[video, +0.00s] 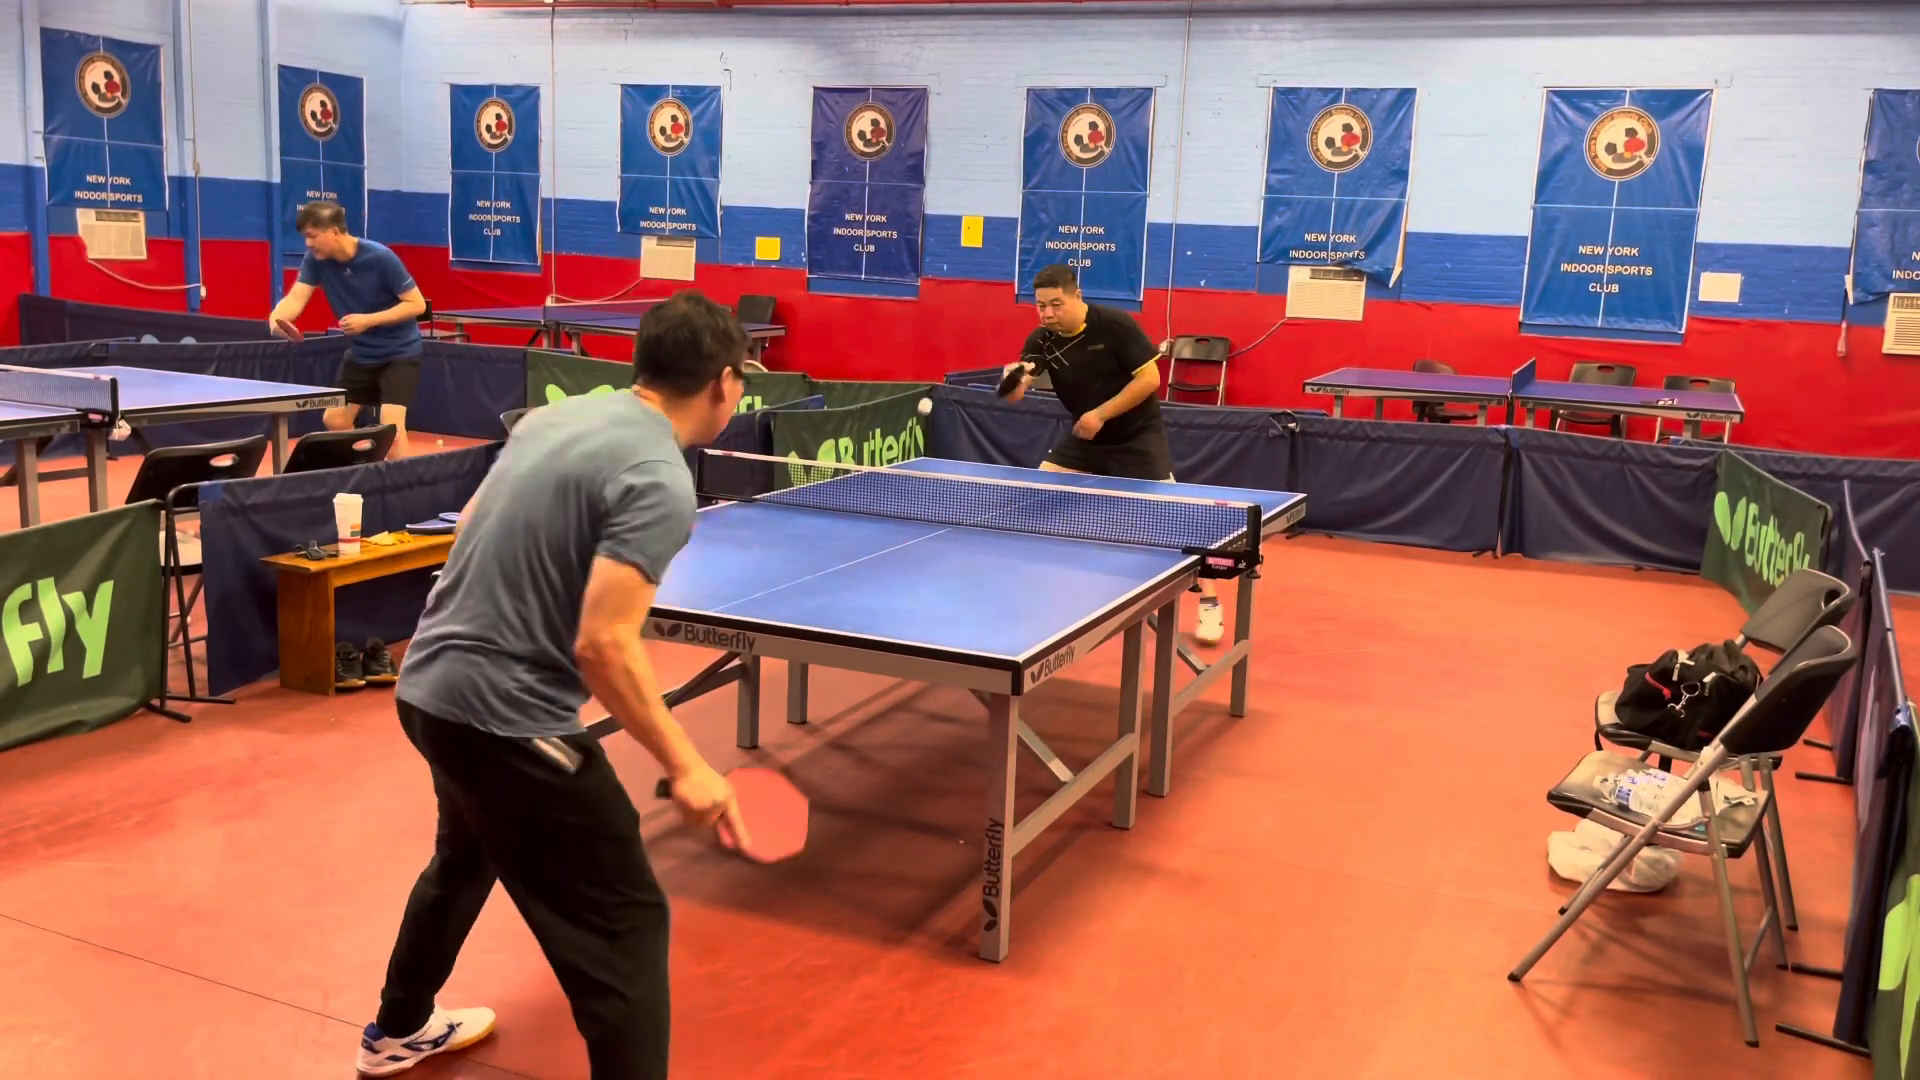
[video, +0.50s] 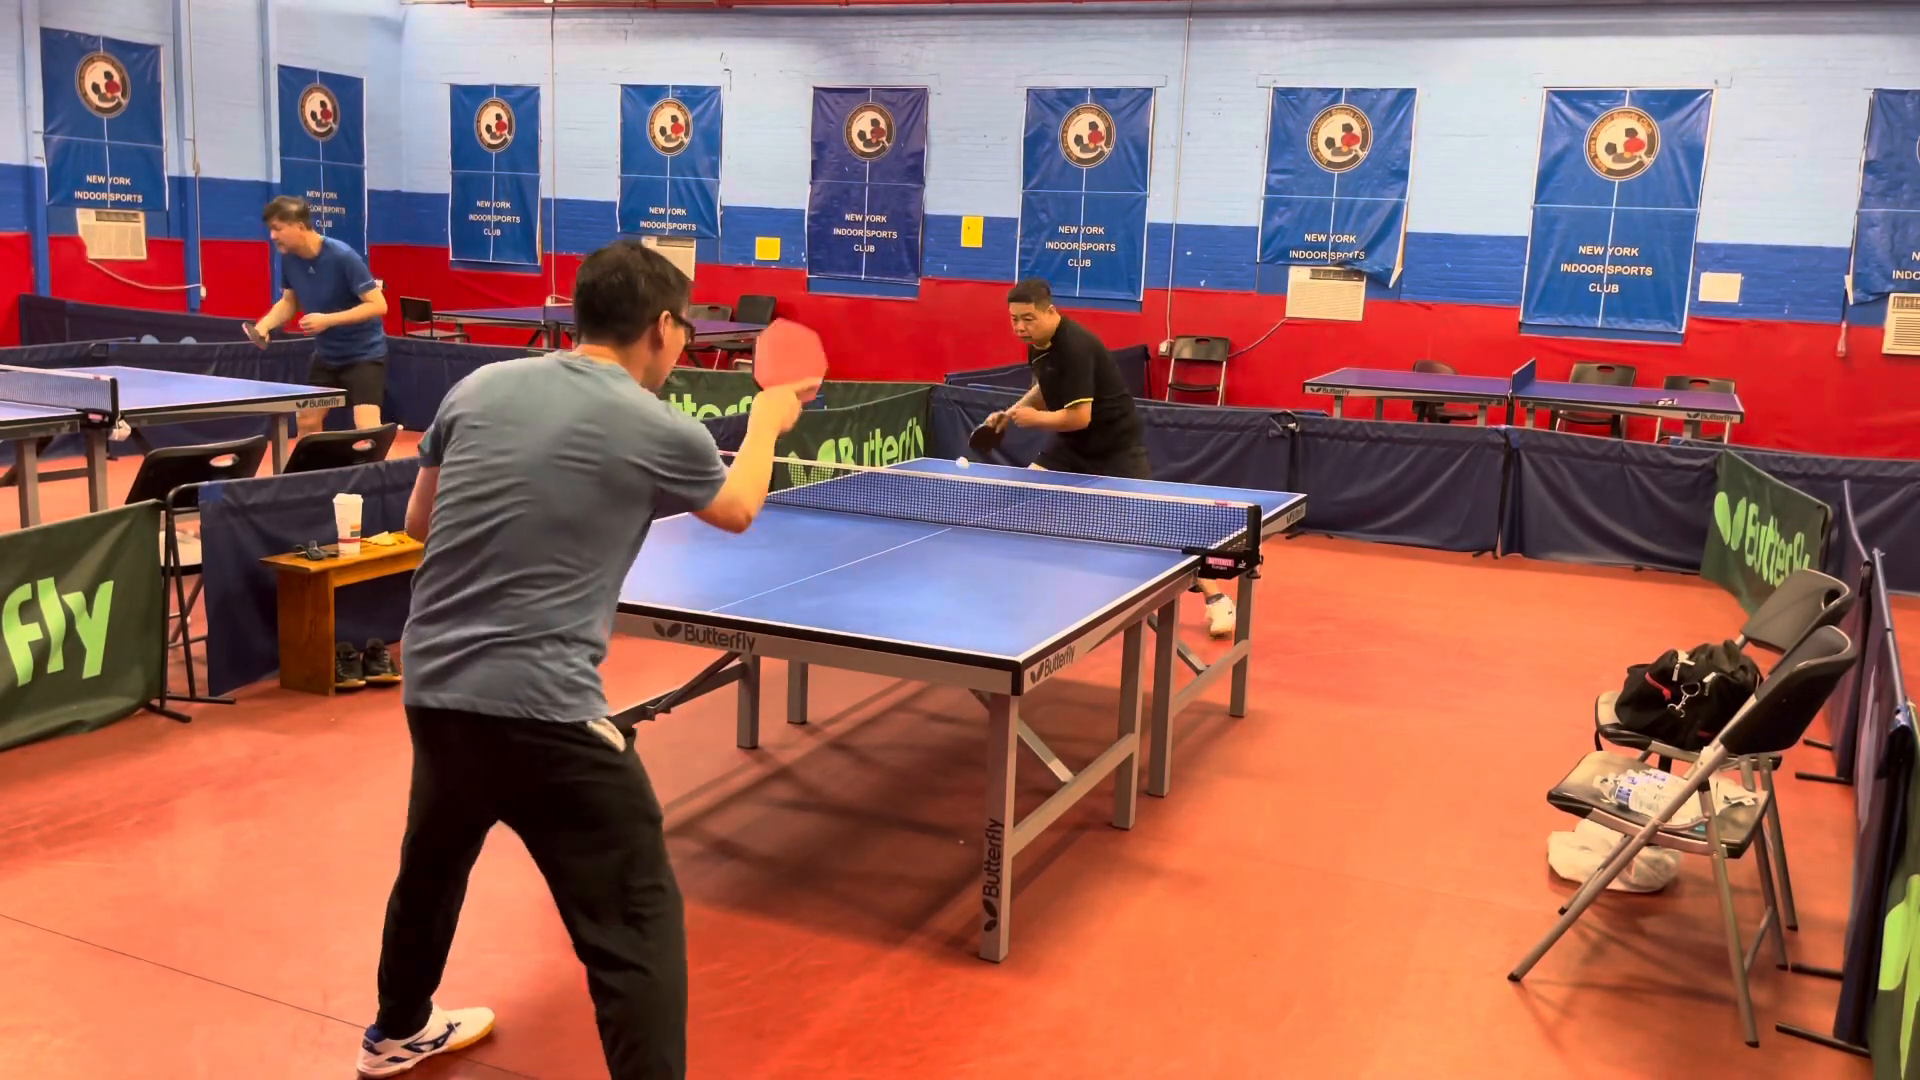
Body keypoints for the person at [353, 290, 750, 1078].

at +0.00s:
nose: (737, 403)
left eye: (740, 386)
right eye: (738, 386)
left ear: (644, 367)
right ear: (720, 384)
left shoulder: (550, 416)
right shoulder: (660, 475)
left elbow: (467, 531)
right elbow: (603, 644)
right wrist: (685, 767)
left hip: (431, 689)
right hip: (515, 717)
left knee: (464, 858)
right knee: (625, 922)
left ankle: (398, 1028)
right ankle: (631, 1068)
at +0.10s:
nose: (737, 430)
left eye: (741, 414)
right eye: (740, 413)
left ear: (647, 393)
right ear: (715, 411)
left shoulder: (578, 442)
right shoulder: (625, 493)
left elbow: (524, 571)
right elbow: (562, 654)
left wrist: (612, 631)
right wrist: (659, 776)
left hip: (432, 709)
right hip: (500, 731)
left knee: (495, 850)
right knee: (640, 921)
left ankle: (400, 1029)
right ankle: (634, 1067)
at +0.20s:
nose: (725, 425)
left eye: (729, 407)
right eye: (727, 406)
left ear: (633, 387)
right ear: (695, 402)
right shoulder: (610, 481)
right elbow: (586, 653)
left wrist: (669, 660)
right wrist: (734, 688)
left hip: (437, 714)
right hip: (506, 732)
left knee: (501, 846)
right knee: (652, 921)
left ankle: (400, 1027)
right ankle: (644, 1071)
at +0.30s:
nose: (702, 382)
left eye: (705, 364)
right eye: (703, 363)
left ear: (603, 347)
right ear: (669, 357)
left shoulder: (515, 404)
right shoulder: (623, 449)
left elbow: (497, 542)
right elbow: (706, 592)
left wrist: (596, 607)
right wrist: (804, 541)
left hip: (434, 689)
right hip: (516, 710)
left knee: (481, 848)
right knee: (633, 912)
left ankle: (400, 1028)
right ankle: (641, 1071)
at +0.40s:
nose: (692, 342)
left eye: (693, 324)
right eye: (689, 324)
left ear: (590, 316)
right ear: (657, 326)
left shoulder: (485, 386)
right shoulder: (649, 425)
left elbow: (449, 519)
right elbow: (741, 513)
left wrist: (576, 589)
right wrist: (783, 425)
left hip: (426, 679)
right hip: (524, 695)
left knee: (443, 851)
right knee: (622, 901)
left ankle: (399, 1025)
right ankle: (642, 1070)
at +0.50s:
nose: (682, 343)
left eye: (683, 325)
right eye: (681, 326)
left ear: (583, 318)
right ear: (656, 329)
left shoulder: (476, 387)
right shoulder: (654, 427)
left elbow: (422, 517)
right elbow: (735, 507)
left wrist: (523, 515)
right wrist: (767, 420)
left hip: (438, 697)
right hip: (548, 710)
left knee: (429, 870)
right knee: (635, 916)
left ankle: (399, 1027)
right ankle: (650, 1070)